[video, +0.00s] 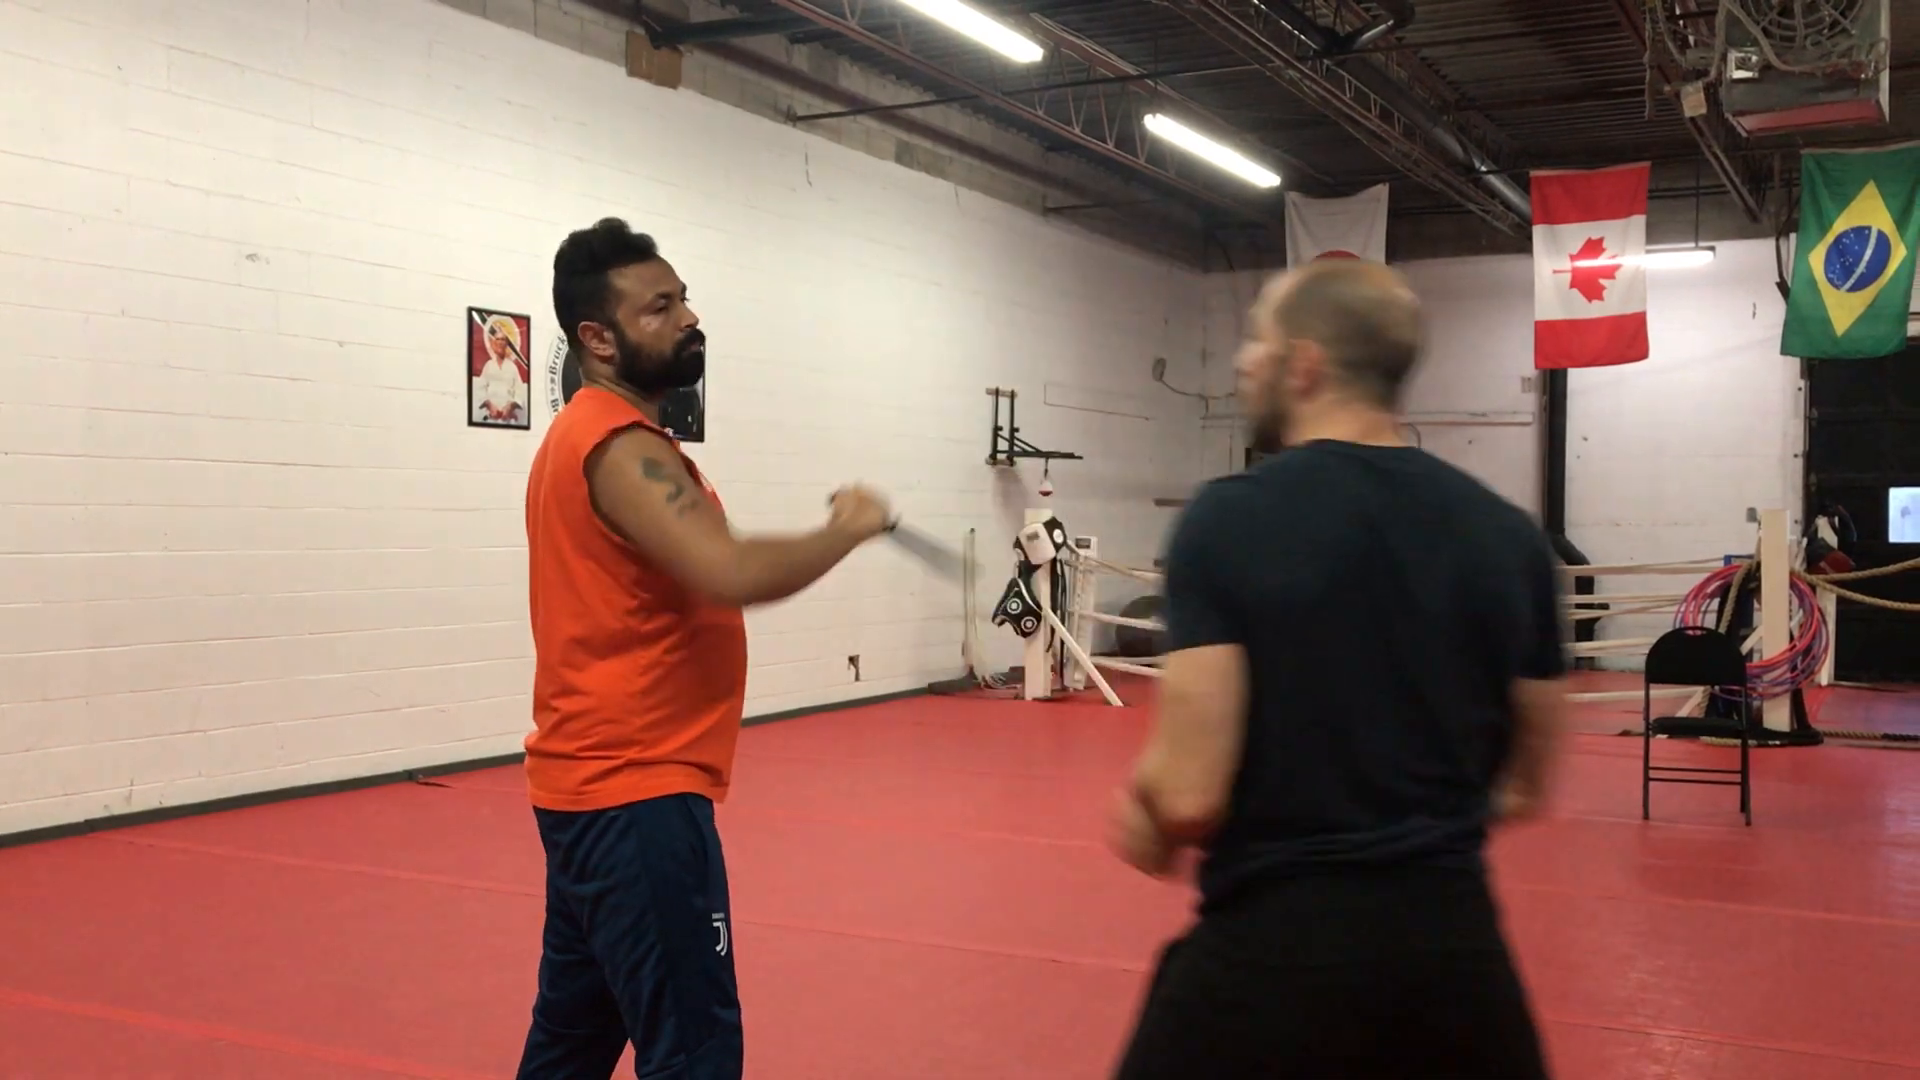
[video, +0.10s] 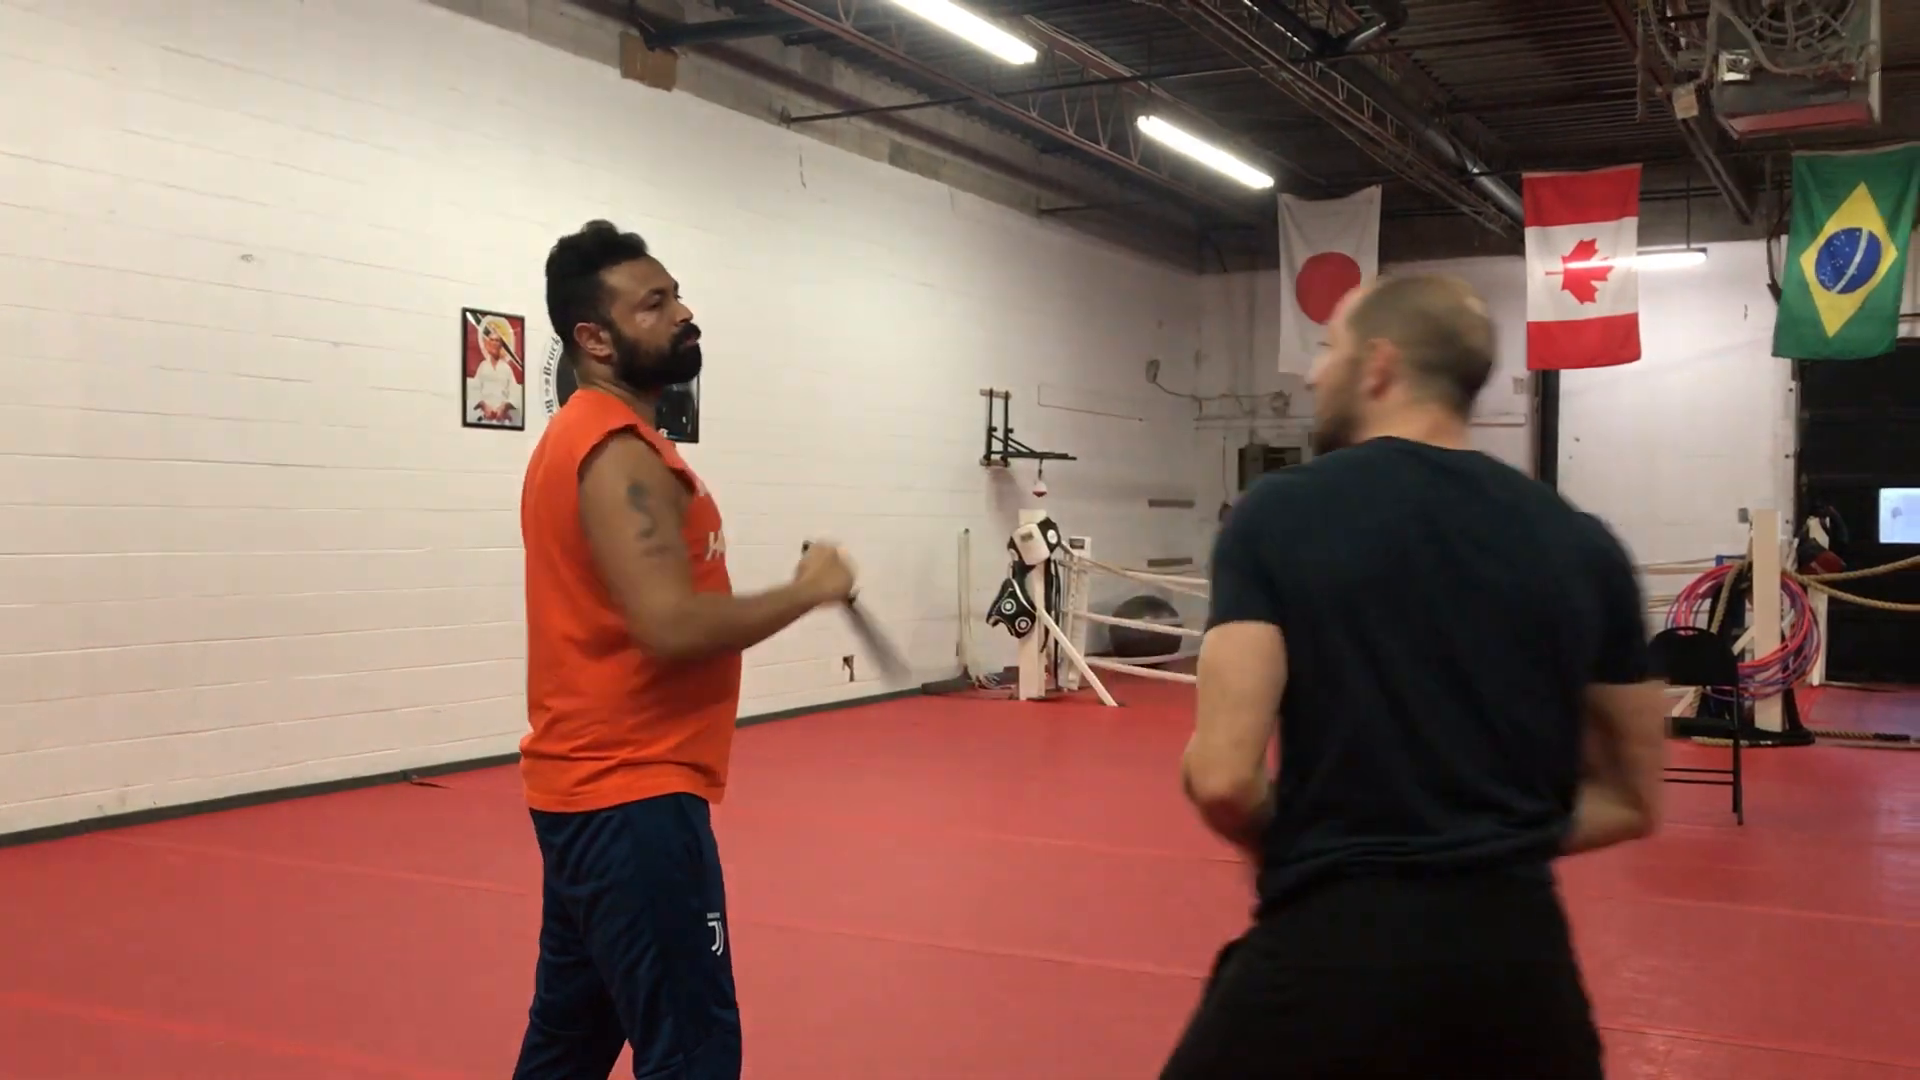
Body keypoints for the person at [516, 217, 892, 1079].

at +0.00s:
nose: (690, 318)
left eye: (682, 299)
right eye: (661, 306)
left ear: (598, 345)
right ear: (598, 339)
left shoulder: (576, 437)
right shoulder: (621, 442)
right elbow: (724, 571)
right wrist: (843, 532)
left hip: (587, 787)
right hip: (639, 793)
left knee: (573, 1040)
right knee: (697, 1050)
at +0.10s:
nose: (685, 313)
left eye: (676, 296)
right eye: (655, 302)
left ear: (597, 347)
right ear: (594, 340)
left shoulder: (577, 438)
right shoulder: (616, 447)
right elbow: (670, 621)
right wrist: (804, 592)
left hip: (584, 787)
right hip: (635, 792)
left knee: (569, 1043)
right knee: (694, 1050)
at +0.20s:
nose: (670, 316)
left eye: (664, 298)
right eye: (641, 303)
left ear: (584, 344)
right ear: (579, 338)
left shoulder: (598, 438)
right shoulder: (593, 454)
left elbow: (606, 628)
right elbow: (599, 638)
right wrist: (761, 625)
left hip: (596, 792)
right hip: (614, 797)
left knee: (554, 1048)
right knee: (678, 1054)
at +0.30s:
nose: (651, 321)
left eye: (647, 302)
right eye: (624, 306)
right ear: (559, 336)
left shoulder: (596, 446)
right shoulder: (561, 455)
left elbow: (604, 635)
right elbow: (550, 634)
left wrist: (663, 774)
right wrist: (724, 622)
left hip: (605, 795)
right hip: (590, 801)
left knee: (539, 1049)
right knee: (659, 1057)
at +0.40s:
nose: (631, 326)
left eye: (628, 307)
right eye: (604, 309)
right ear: (537, 336)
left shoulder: (581, 449)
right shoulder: (528, 455)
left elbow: (587, 638)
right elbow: (527, 625)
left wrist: (661, 763)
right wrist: (702, 575)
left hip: (599, 795)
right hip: (567, 801)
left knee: (530, 1050)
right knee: (633, 1053)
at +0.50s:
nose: (609, 331)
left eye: (607, 313)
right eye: (582, 315)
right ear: (514, 338)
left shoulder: (572, 456)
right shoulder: (493, 456)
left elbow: (602, 628)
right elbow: (530, 602)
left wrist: (663, 755)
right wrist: (655, 465)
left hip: (589, 795)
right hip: (545, 801)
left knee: (517, 1051)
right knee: (606, 1054)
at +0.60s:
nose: (583, 336)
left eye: (587, 321)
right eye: (562, 317)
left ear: (590, 336)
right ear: (493, 336)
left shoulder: (578, 471)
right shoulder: (462, 452)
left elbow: (599, 627)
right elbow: (535, 546)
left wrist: (660, 750)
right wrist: (559, 380)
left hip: (580, 795)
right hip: (520, 798)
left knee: (499, 1052)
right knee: (583, 1055)